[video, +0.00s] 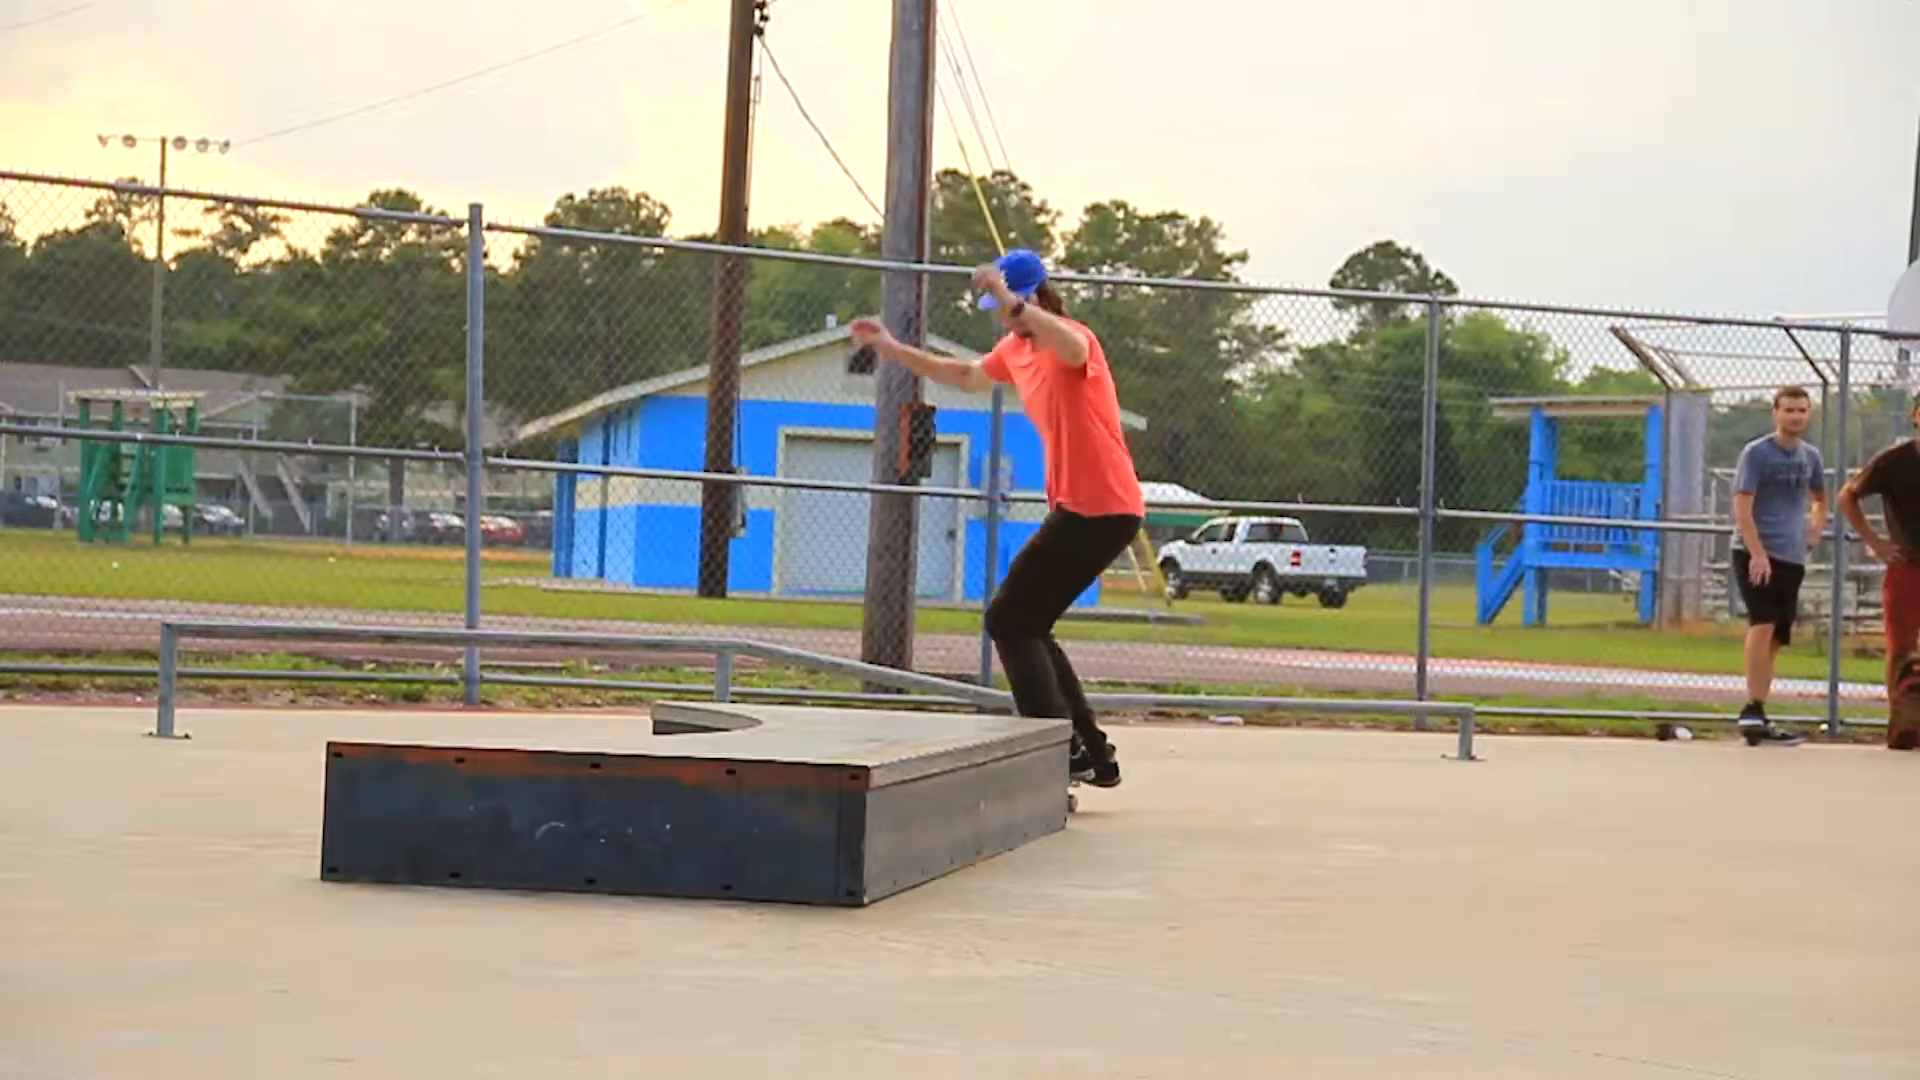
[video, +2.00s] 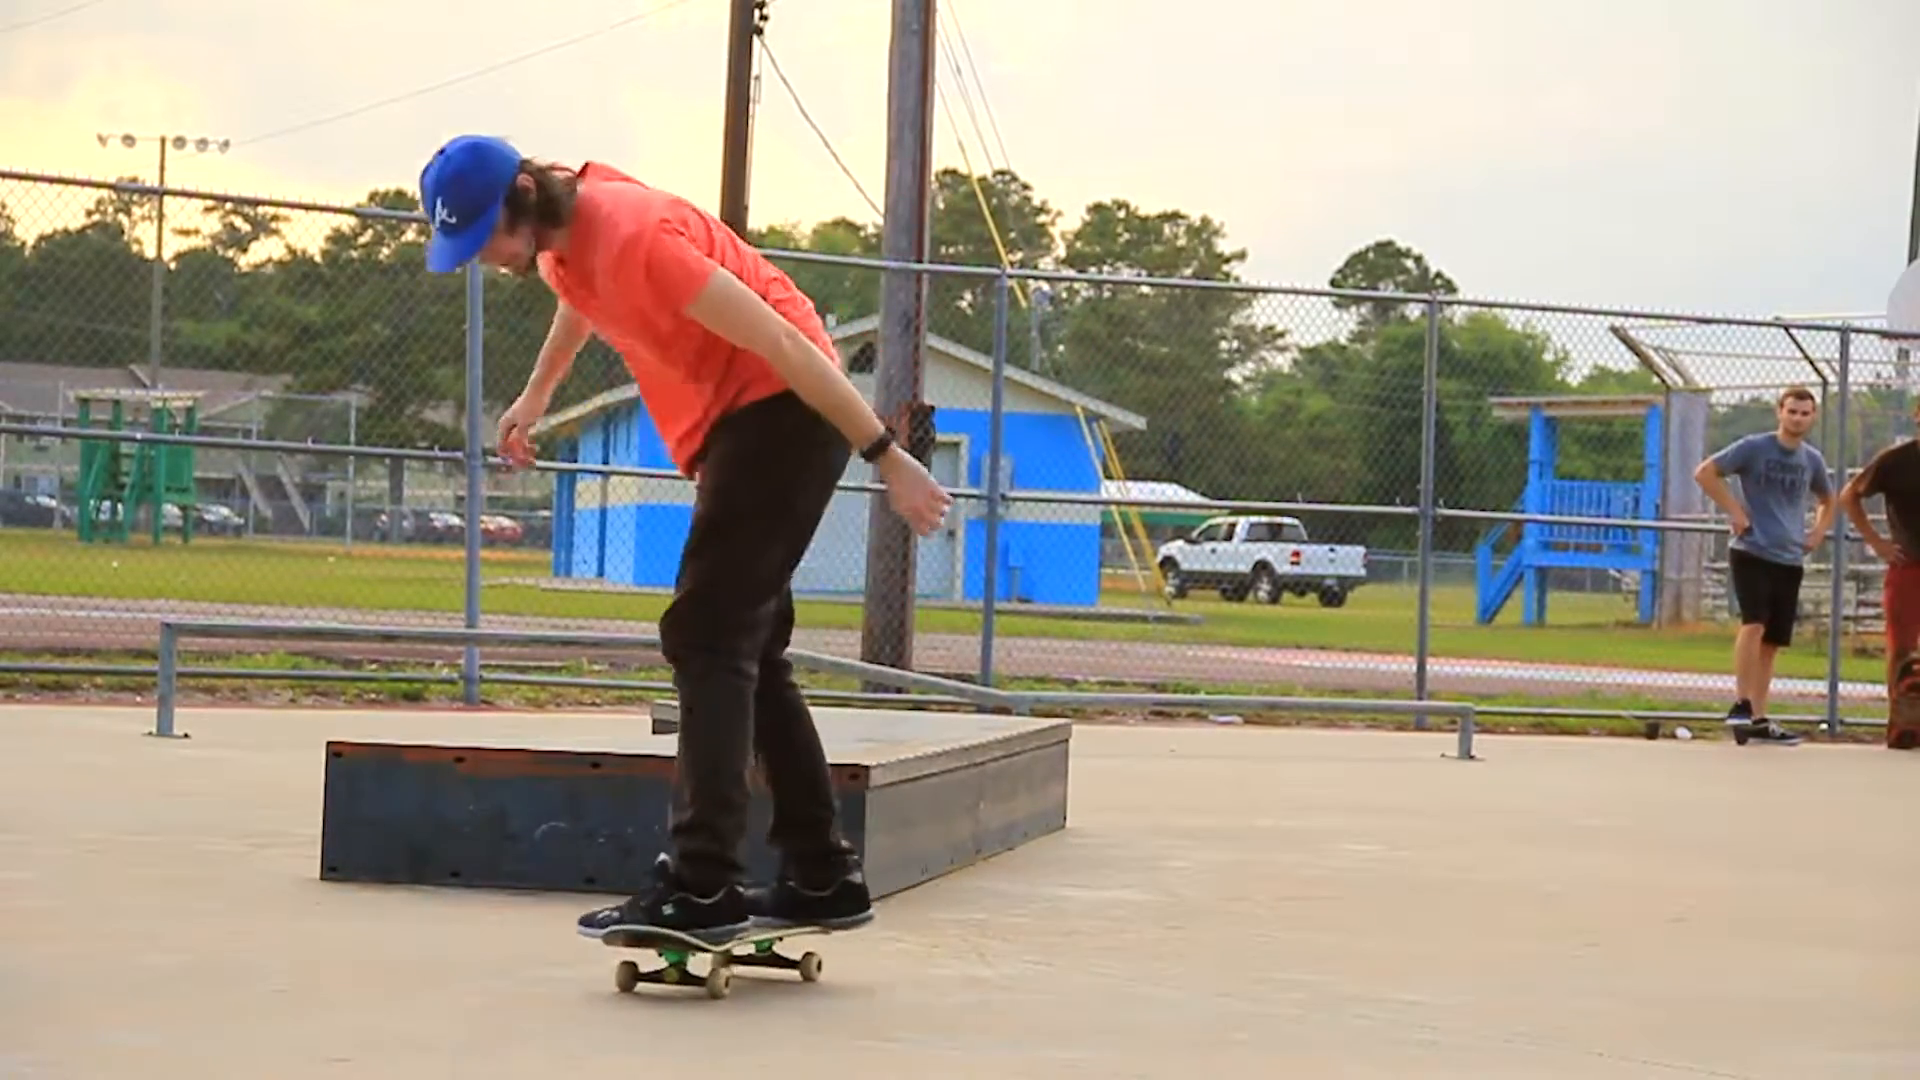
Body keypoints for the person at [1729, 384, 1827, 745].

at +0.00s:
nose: (1795, 417)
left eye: (1801, 411)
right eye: (1789, 410)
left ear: (1809, 416)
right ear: (1775, 413)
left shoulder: (1810, 456)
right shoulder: (1756, 453)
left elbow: (1820, 499)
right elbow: (1741, 505)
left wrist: (1817, 527)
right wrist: (1757, 552)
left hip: (1792, 555)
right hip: (1756, 550)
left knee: (1777, 635)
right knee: (1763, 623)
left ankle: (1758, 708)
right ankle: (1752, 707)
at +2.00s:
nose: (1799, 418)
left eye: (1806, 413)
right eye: (1793, 411)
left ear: (1813, 419)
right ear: (1780, 413)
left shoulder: (1813, 459)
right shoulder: (1755, 447)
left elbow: (1828, 500)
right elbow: (1705, 473)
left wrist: (1817, 534)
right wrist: (1736, 512)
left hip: (1789, 557)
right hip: (1752, 550)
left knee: (1771, 641)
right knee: (1754, 624)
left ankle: (1759, 717)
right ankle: (1743, 704)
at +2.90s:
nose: (1809, 401)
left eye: (1815, 395)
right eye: (1803, 395)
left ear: (1828, 399)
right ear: (1794, 400)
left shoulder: (1848, 444)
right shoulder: (1773, 445)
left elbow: (1888, 483)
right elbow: (1760, 503)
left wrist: (1859, 514)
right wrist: (1754, 554)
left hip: (1825, 554)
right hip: (1781, 552)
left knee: (1817, 639)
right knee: (1775, 635)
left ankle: (1808, 714)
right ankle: (1770, 711)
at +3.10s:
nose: (1806, 401)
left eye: (1813, 395)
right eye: (1800, 395)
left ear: (1826, 400)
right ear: (1792, 401)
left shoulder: (1847, 443)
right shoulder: (1772, 445)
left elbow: (1890, 482)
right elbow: (1755, 502)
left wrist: (1859, 514)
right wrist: (1747, 554)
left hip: (1826, 556)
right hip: (1782, 554)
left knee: (1818, 639)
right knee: (1774, 636)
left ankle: (1808, 714)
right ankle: (1770, 712)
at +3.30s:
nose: (1803, 402)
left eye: (1809, 395)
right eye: (1797, 395)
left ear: (1824, 399)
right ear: (1789, 401)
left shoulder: (1847, 444)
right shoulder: (1771, 446)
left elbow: (1889, 482)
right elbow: (1755, 502)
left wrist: (1860, 514)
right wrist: (1751, 554)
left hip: (1827, 556)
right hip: (1782, 554)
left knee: (1818, 640)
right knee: (1774, 636)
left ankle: (1807, 714)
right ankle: (1770, 712)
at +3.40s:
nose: (1802, 402)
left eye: (1808, 395)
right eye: (1796, 395)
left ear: (1823, 400)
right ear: (1789, 402)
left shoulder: (1847, 443)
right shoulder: (1771, 446)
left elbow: (1889, 482)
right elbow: (1756, 503)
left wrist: (1860, 514)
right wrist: (1753, 554)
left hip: (1826, 556)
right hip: (1781, 554)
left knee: (1818, 640)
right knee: (1774, 636)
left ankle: (1808, 714)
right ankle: (1770, 712)